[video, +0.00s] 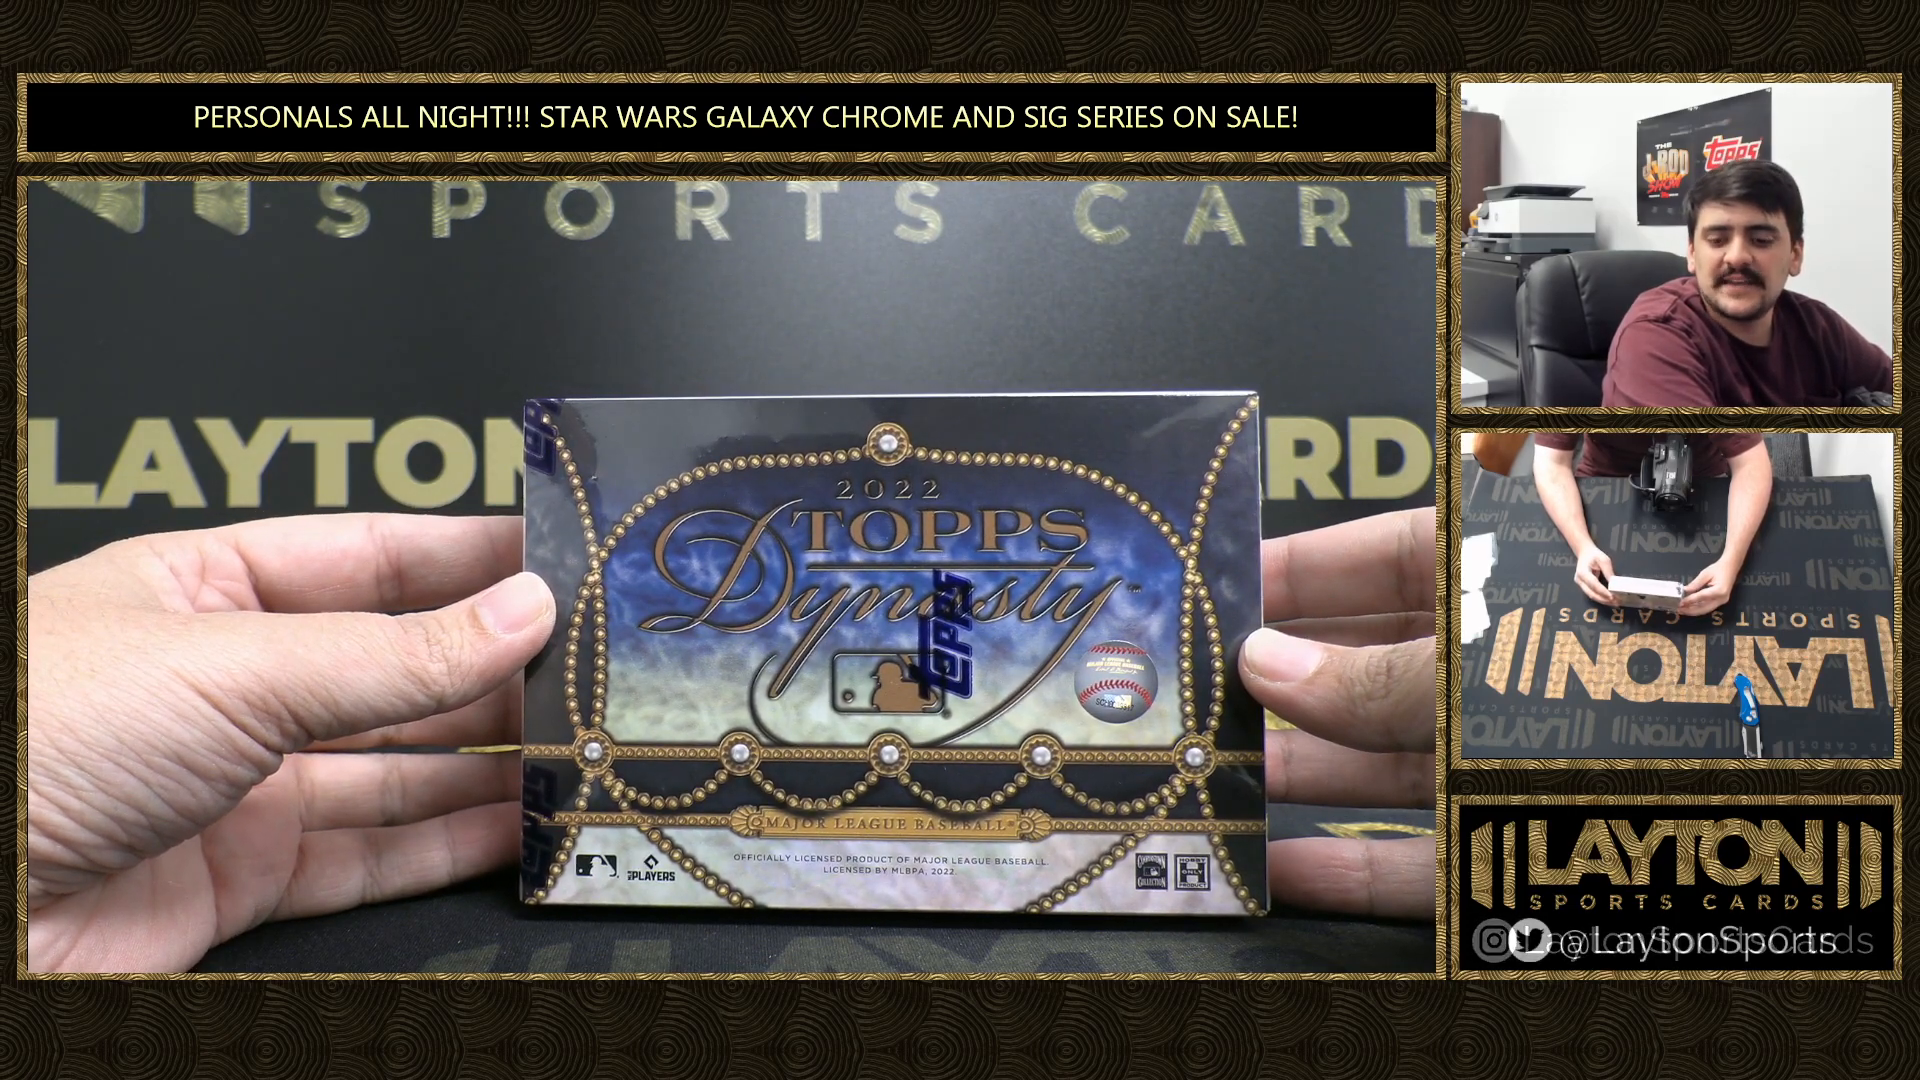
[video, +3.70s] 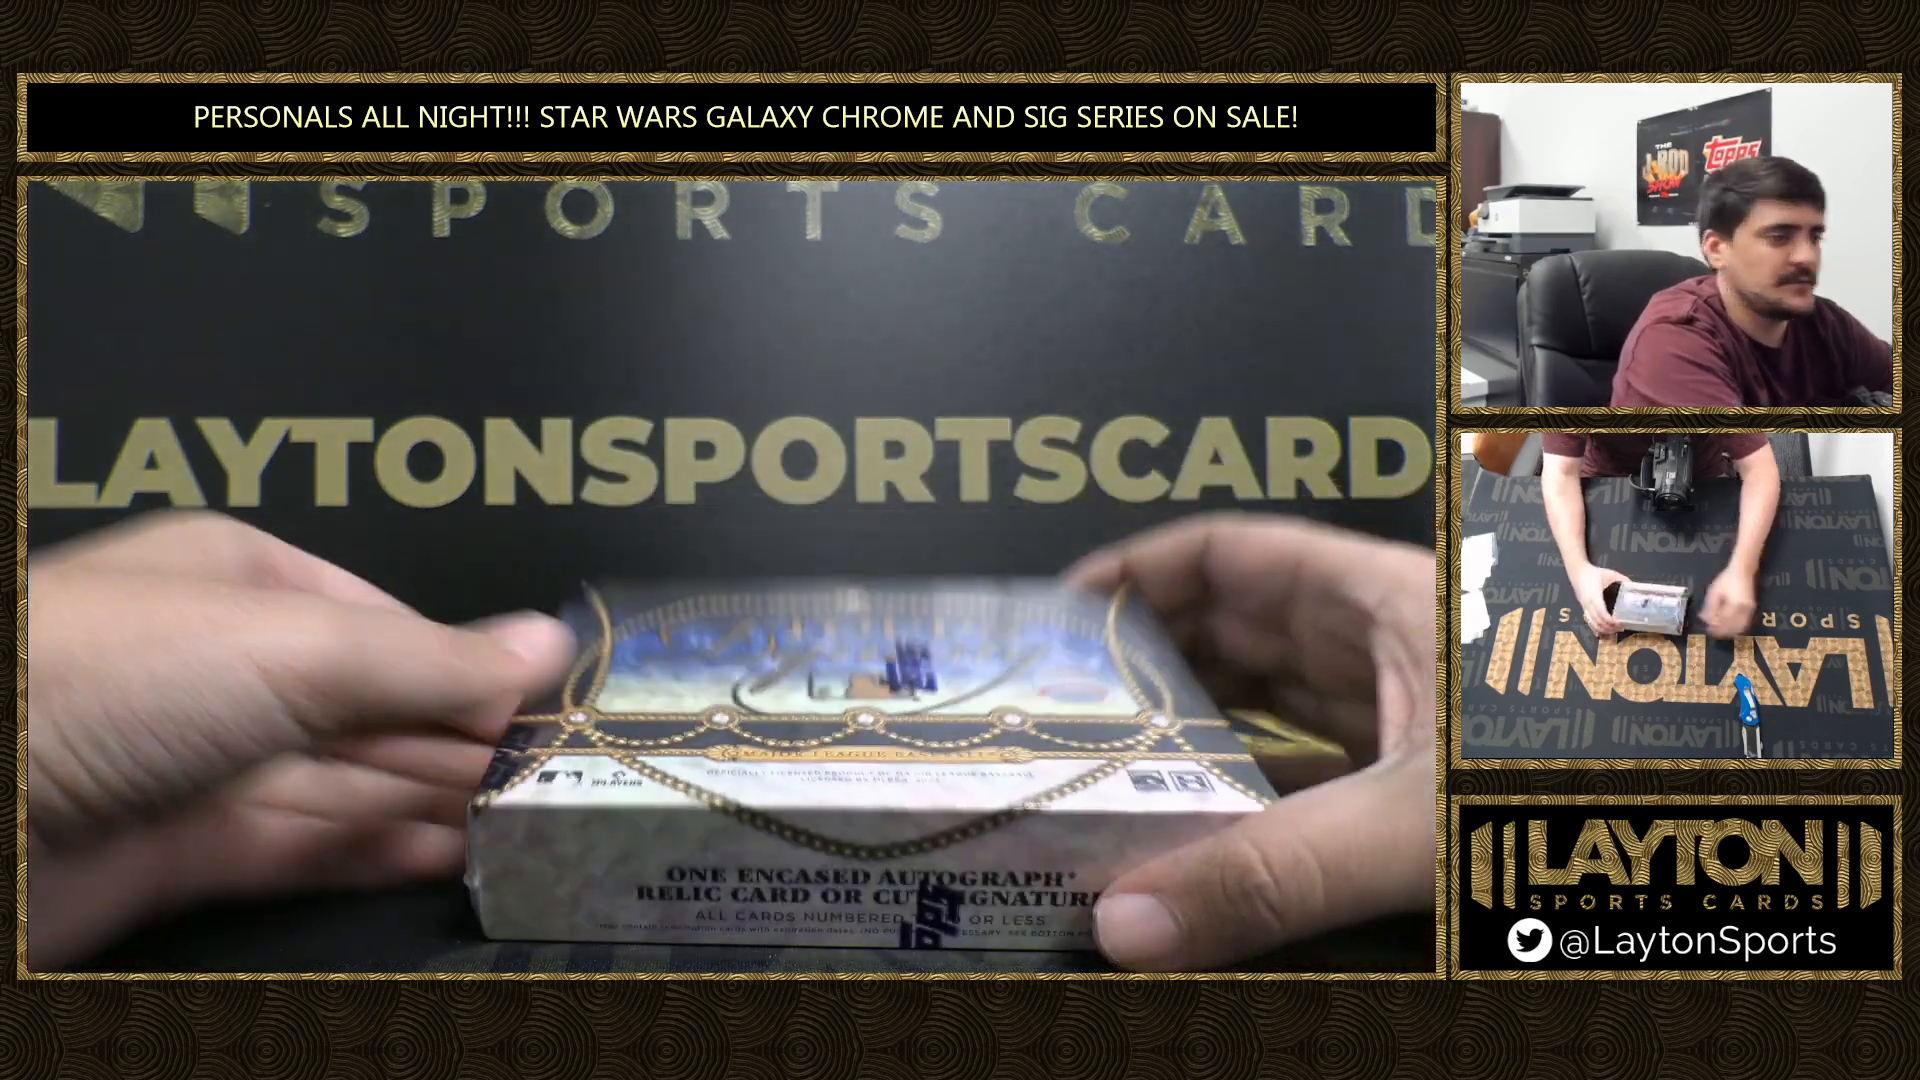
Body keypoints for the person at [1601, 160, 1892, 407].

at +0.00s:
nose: (1737, 257)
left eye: (1761, 239)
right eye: (1718, 238)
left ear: (1795, 256)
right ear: (1691, 253)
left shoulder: (1817, 328)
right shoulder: (1655, 333)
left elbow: (1897, 389)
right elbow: (1746, 461)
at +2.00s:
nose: (1749, 249)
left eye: (1770, 232)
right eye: (1727, 232)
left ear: (1797, 255)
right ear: (1694, 251)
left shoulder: (1817, 329)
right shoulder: (1656, 333)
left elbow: (1897, 389)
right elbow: (1746, 461)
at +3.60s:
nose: (1786, 254)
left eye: (1800, 236)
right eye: (1762, 234)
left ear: (1812, 246)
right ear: (1708, 248)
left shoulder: (1823, 328)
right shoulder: (1669, 336)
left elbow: (1898, 387)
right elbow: (1752, 461)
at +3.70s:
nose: (1806, 257)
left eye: (1815, 237)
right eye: (1779, 237)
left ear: (1822, 239)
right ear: (1716, 250)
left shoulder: (1829, 328)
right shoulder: (1673, 339)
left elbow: (1901, 383)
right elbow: (1759, 467)